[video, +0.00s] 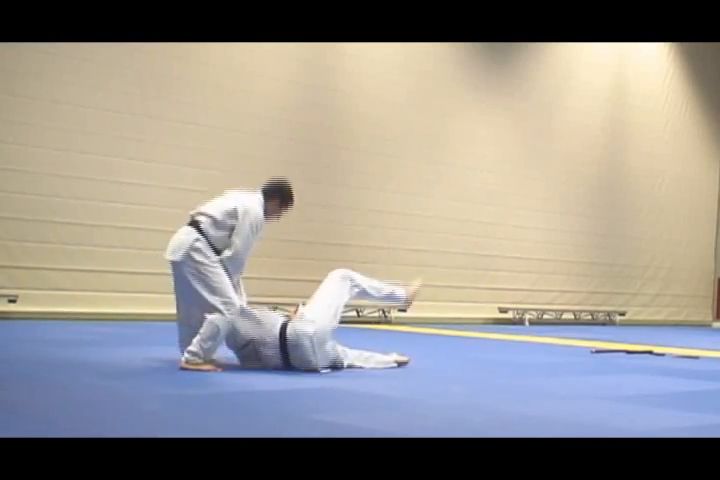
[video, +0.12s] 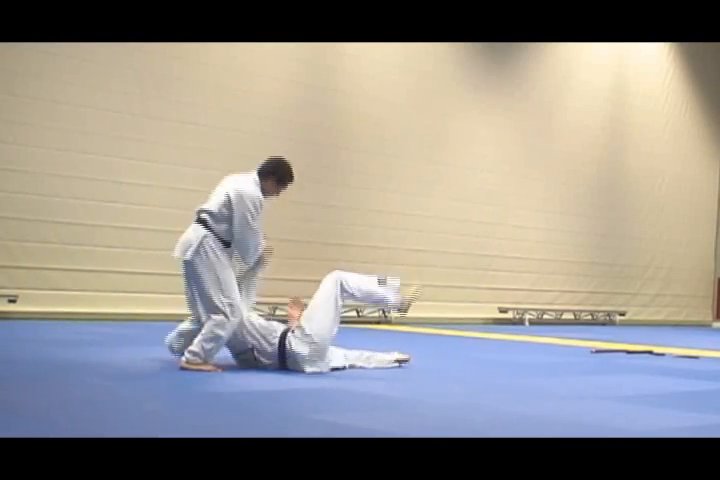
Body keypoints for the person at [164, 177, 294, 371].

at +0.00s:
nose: (280, 215)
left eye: (283, 210)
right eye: (282, 209)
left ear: (267, 193)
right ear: (275, 201)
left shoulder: (246, 200)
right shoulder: (254, 210)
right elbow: (235, 255)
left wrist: (239, 297)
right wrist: (230, 286)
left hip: (182, 243)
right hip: (195, 247)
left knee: (192, 306)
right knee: (229, 306)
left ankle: (192, 354)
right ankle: (195, 357)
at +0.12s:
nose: (278, 192)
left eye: (282, 188)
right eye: (279, 186)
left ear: (266, 174)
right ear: (270, 177)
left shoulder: (241, 182)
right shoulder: (249, 193)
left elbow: (243, 230)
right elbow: (246, 239)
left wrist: (255, 250)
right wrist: (256, 256)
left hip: (195, 240)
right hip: (206, 245)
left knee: (207, 308)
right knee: (229, 312)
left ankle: (178, 343)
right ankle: (195, 358)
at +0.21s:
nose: (282, 190)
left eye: (285, 187)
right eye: (282, 185)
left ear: (272, 174)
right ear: (273, 175)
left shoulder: (254, 185)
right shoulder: (247, 183)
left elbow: (242, 236)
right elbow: (256, 225)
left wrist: (264, 260)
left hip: (215, 240)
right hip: (203, 236)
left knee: (229, 300)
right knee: (222, 301)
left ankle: (203, 354)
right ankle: (194, 356)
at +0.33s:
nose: (295, 207)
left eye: (299, 204)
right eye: (295, 201)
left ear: (284, 193)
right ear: (286, 192)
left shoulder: (270, 214)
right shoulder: (261, 187)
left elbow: (274, 248)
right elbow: (287, 210)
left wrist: (285, 277)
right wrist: (309, 235)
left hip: (226, 246)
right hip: (199, 232)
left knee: (238, 297)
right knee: (195, 293)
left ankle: (246, 354)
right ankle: (157, 347)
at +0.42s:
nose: (299, 229)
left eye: (302, 226)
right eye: (299, 223)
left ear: (293, 213)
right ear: (292, 210)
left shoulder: (273, 236)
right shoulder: (268, 203)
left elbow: (274, 273)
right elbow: (293, 227)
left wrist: (287, 298)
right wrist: (311, 250)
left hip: (227, 265)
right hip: (199, 247)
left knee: (254, 302)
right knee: (161, 297)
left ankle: (252, 358)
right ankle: (118, 347)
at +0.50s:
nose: (296, 255)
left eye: (299, 253)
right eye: (299, 251)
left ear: (296, 238)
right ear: (299, 238)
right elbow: (291, 257)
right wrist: (293, 287)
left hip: (221, 273)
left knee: (248, 303)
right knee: (149, 307)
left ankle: (250, 359)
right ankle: (104, 338)